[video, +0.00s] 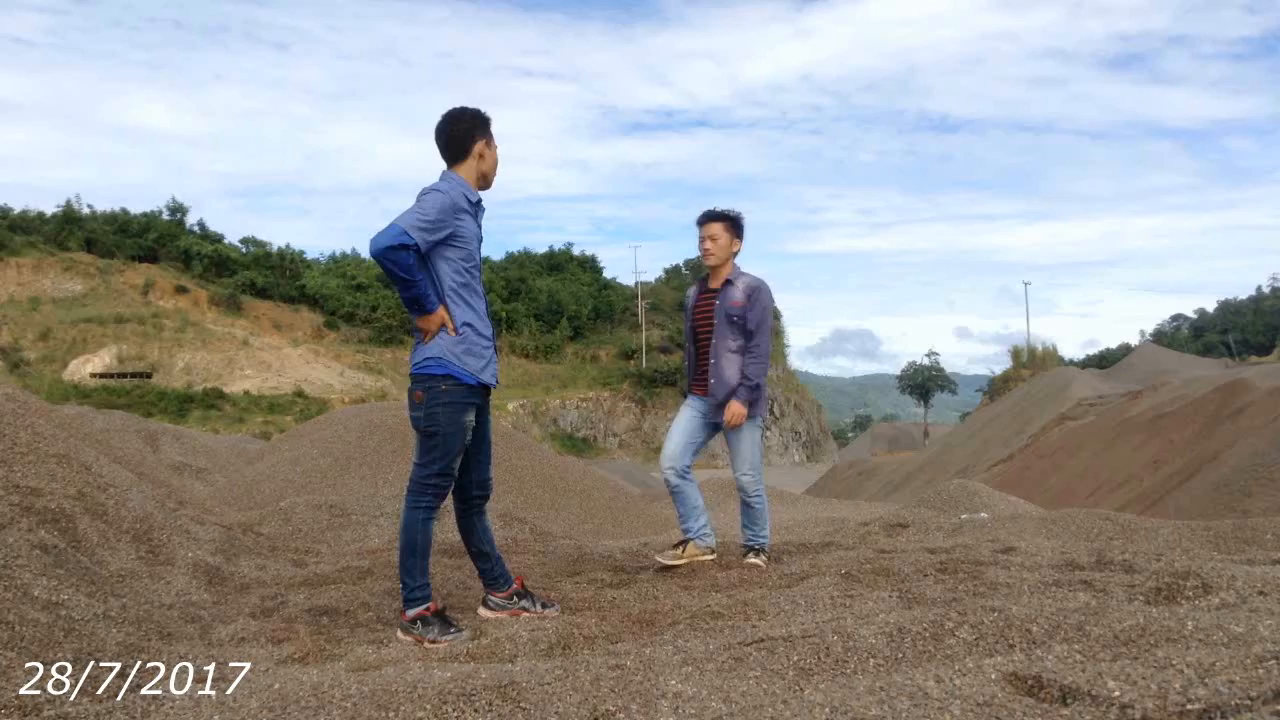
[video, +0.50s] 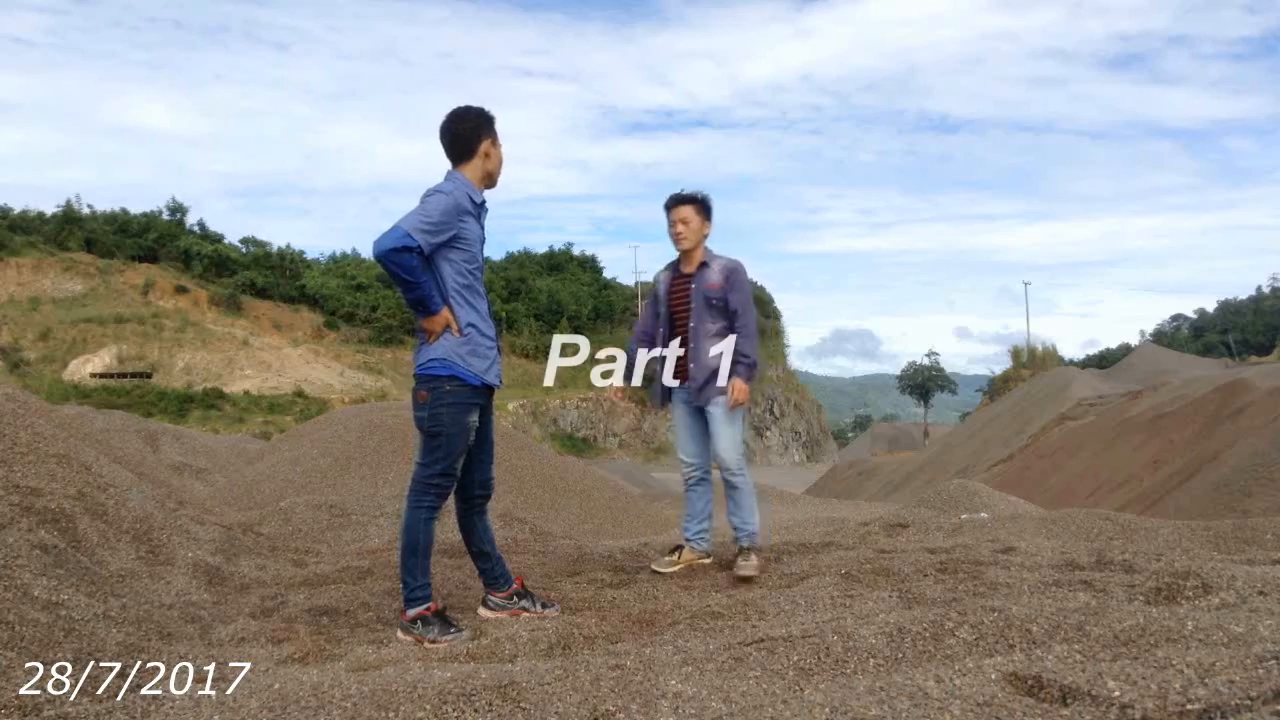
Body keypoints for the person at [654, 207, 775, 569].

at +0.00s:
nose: (705, 246)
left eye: (714, 239)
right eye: (702, 239)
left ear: (735, 244)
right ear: (699, 244)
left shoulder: (753, 290)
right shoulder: (694, 293)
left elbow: (760, 350)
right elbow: (692, 347)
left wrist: (743, 397)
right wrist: (694, 390)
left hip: (741, 400)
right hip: (700, 399)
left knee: (748, 479)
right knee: (672, 465)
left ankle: (756, 548)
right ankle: (699, 542)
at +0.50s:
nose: (678, 230)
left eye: (686, 223)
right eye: (673, 224)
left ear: (706, 226)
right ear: (669, 230)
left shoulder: (728, 271)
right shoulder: (665, 279)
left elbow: (746, 327)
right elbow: (645, 333)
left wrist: (742, 374)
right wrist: (627, 375)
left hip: (721, 385)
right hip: (680, 388)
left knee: (730, 465)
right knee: (693, 469)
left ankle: (747, 546)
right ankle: (696, 546)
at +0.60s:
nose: (676, 229)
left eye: (683, 221)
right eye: (671, 223)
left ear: (704, 225)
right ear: (667, 230)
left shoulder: (728, 270)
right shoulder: (666, 279)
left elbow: (746, 329)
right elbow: (646, 331)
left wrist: (738, 379)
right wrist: (626, 363)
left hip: (722, 386)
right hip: (681, 389)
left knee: (733, 465)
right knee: (693, 470)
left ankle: (746, 546)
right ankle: (696, 546)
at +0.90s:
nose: (691, 229)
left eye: (699, 221)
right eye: (688, 223)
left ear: (723, 226)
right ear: (686, 229)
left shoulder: (744, 271)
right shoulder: (687, 275)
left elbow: (754, 337)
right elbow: (678, 333)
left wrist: (736, 389)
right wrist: (674, 382)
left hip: (728, 393)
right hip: (692, 392)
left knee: (739, 475)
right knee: (695, 474)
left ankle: (754, 560)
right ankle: (696, 548)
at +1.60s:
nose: (725, 224)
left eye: (735, 217)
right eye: (725, 216)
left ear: (760, 227)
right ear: (725, 222)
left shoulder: (779, 279)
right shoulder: (710, 274)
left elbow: (791, 343)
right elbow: (696, 334)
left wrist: (781, 396)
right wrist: (684, 389)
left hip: (754, 400)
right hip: (709, 396)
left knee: (758, 483)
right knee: (677, 471)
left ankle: (756, 564)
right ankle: (683, 558)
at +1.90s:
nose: (722, 229)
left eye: (731, 222)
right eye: (720, 222)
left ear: (757, 227)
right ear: (718, 225)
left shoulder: (779, 283)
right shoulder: (705, 274)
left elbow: (792, 348)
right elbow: (690, 335)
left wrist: (790, 408)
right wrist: (679, 387)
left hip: (754, 402)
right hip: (706, 398)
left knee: (755, 483)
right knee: (674, 474)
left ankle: (756, 564)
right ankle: (677, 561)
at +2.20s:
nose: (704, 226)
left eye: (714, 220)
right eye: (703, 219)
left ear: (740, 227)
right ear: (702, 224)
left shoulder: (761, 281)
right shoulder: (689, 277)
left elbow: (782, 344)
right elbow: (672, 326)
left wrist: (786, 404)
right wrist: (652, 358)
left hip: (744, 402)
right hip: (696, 401)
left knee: (753, 485)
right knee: (673, 477)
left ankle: (757, 565)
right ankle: (675, 565)